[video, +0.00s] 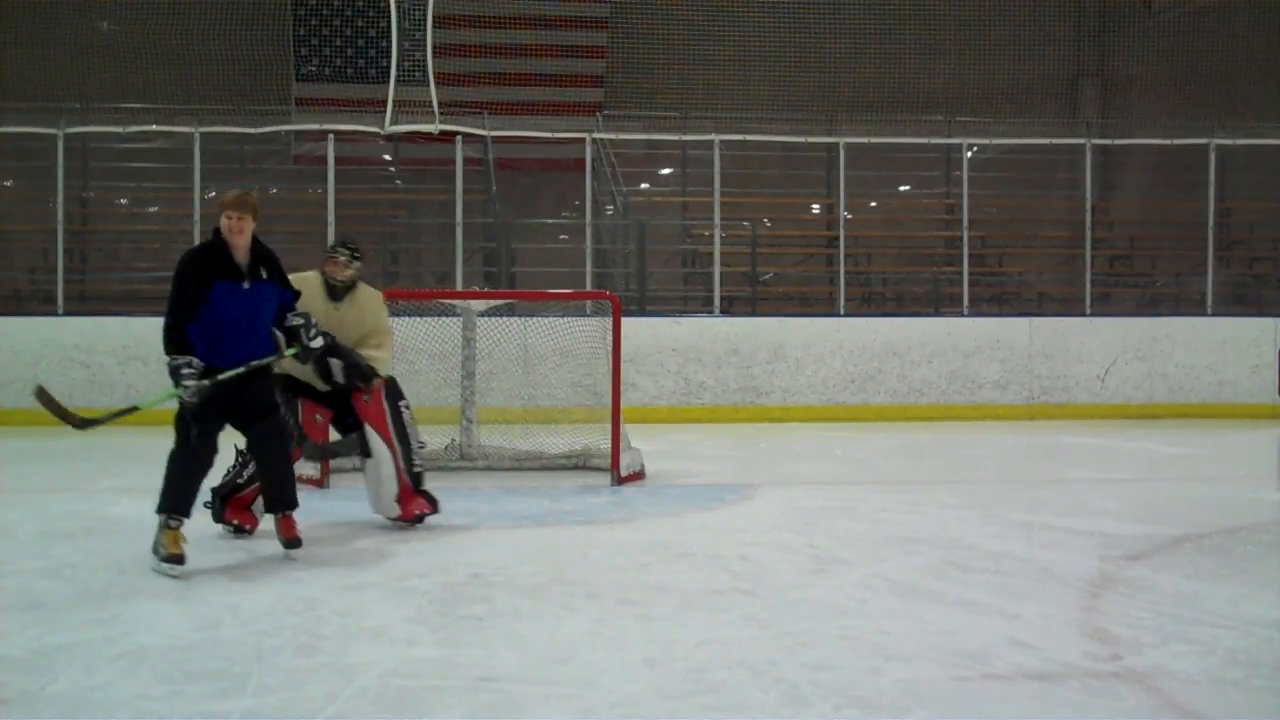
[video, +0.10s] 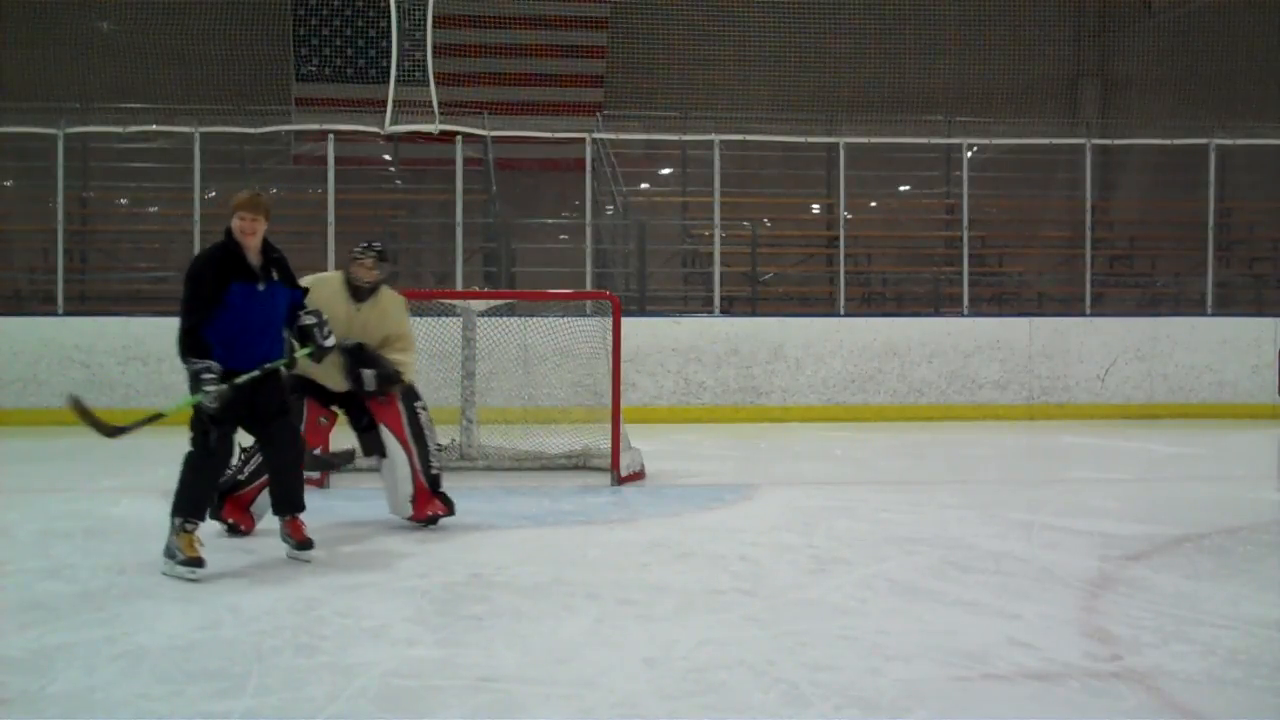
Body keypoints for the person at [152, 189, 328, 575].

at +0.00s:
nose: (232, 223)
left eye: (240, 218)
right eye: (227, 217)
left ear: (253, 222)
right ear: (219, 221)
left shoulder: (267, 261)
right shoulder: (198, 261)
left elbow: (286, 308)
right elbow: (176, 321)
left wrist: (306, 335)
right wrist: (184, 369)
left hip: (255, 371)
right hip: (206, 374)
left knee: (272, 438)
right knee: (195, 448)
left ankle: (283, 513)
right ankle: (171, 527)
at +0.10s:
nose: (247, 225)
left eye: (254, 219)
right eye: (241, 218)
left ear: (266, 224)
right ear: (231, 222)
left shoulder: (276, 263)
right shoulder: (209, 265)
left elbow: (294, 308)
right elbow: (191, 327)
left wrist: (309, 328)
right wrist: (203, 373)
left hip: (267, 374)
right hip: (220, 378)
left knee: (286, 444)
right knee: (211, 452)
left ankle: (290, 517)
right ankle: (184, 532)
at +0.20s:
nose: (268, 228)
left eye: (276, 222)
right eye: (262, 220)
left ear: (286, 228)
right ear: (249, 223)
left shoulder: (288, 266)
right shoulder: (227, 265)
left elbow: (299, 312)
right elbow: (214, 328)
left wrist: (316, 326)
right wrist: (230, 377)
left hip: (279, 374)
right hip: (232, 376)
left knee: (304, 442)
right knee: (230, 454)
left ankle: (298, 522)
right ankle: (193, 535)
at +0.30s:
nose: (300, 238)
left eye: (306, 231)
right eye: (293, 230)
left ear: (311, 237)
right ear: (274, 232)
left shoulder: (303, 278)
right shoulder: (253, 274)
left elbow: (305, 329)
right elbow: (243, 339)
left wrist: (322, 353)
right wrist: (268, 378)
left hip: (291, 380)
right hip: (246, 380)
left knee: (330, 441)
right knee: (244, 456)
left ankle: (316, 525)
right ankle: (200, 535)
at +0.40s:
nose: (335, 253)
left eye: (340, 246)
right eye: (328, 244)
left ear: (344, 251)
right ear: (309, 245)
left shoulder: (319, 288)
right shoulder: (290, 282)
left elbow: (325, 344)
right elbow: (295, 349)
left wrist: (347, 374)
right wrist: (329, 378)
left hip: (302, 389)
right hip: (266, 388)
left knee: (356, 441)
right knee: (261, 464)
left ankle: (343, 524)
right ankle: (207, 537)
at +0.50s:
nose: (382, 254)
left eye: (384, 247)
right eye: (375, 247)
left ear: (381, 252)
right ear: (354, 248)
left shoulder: (359, 286)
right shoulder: (339, 283)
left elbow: (357, 343)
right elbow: (346, 344)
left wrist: (384, 374)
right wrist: (381, 376)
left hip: (339, 386)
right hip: (300, 383)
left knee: (382, 441)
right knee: (275, 462)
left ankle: (362, 527)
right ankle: (213, 539)